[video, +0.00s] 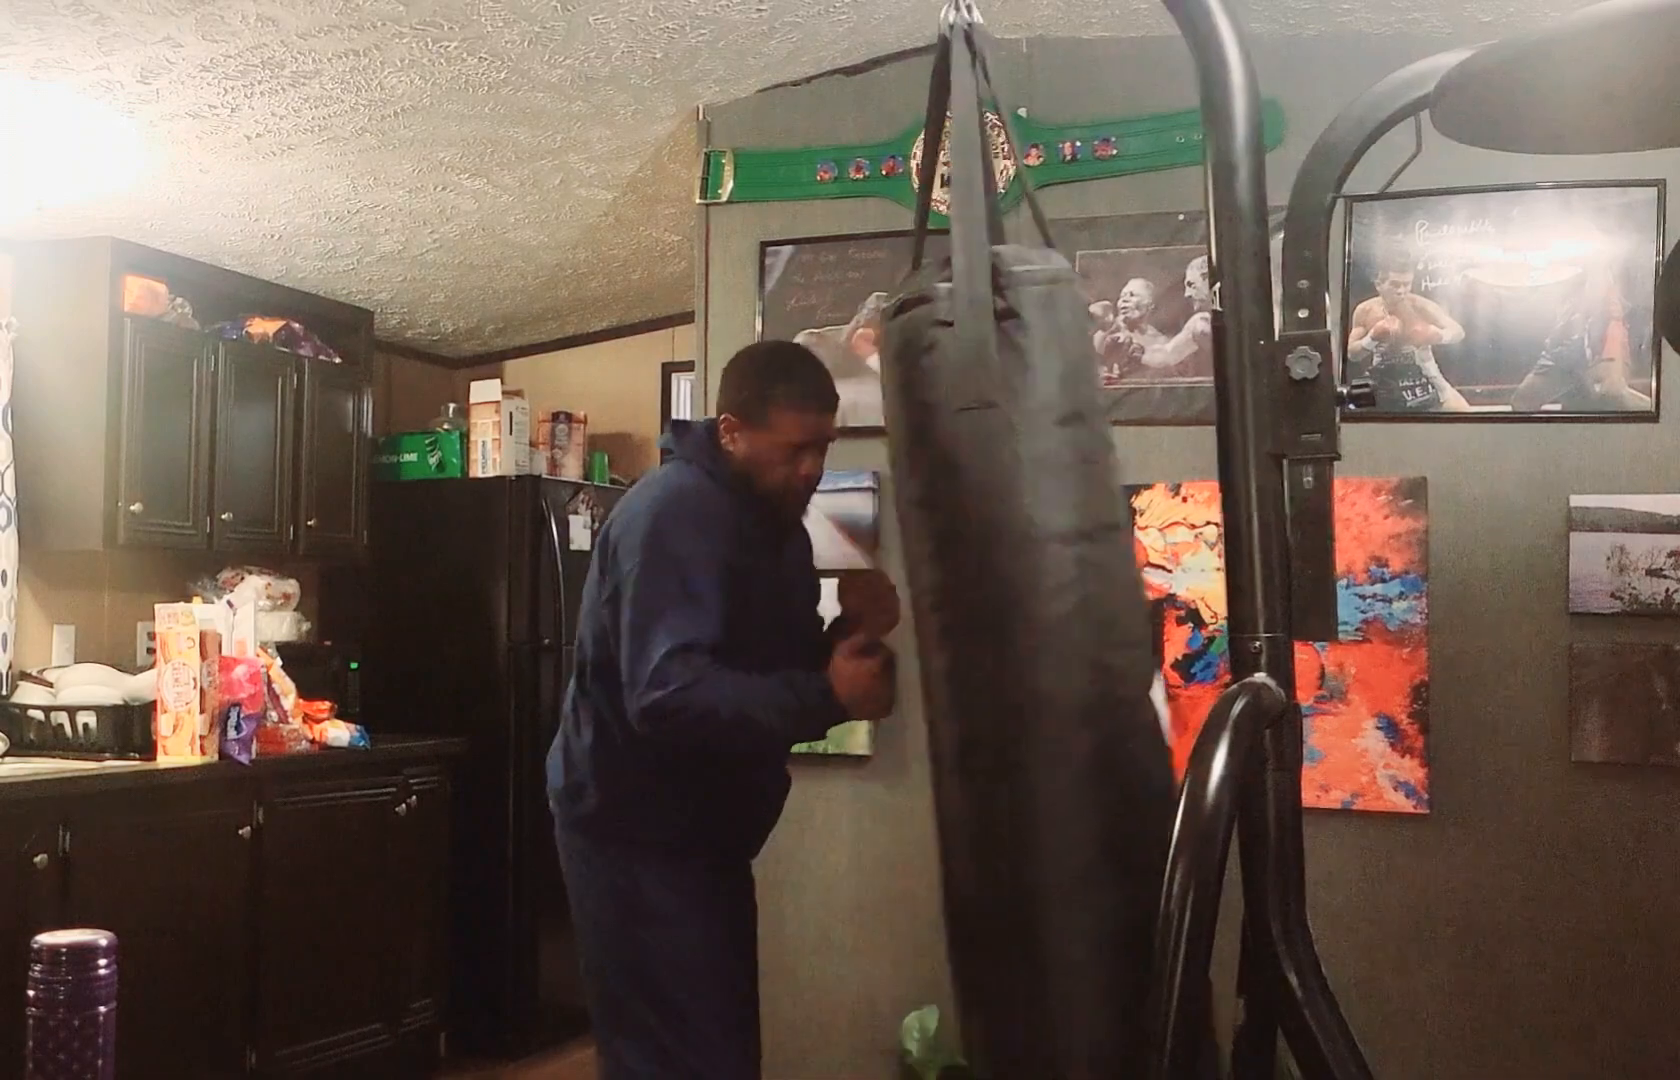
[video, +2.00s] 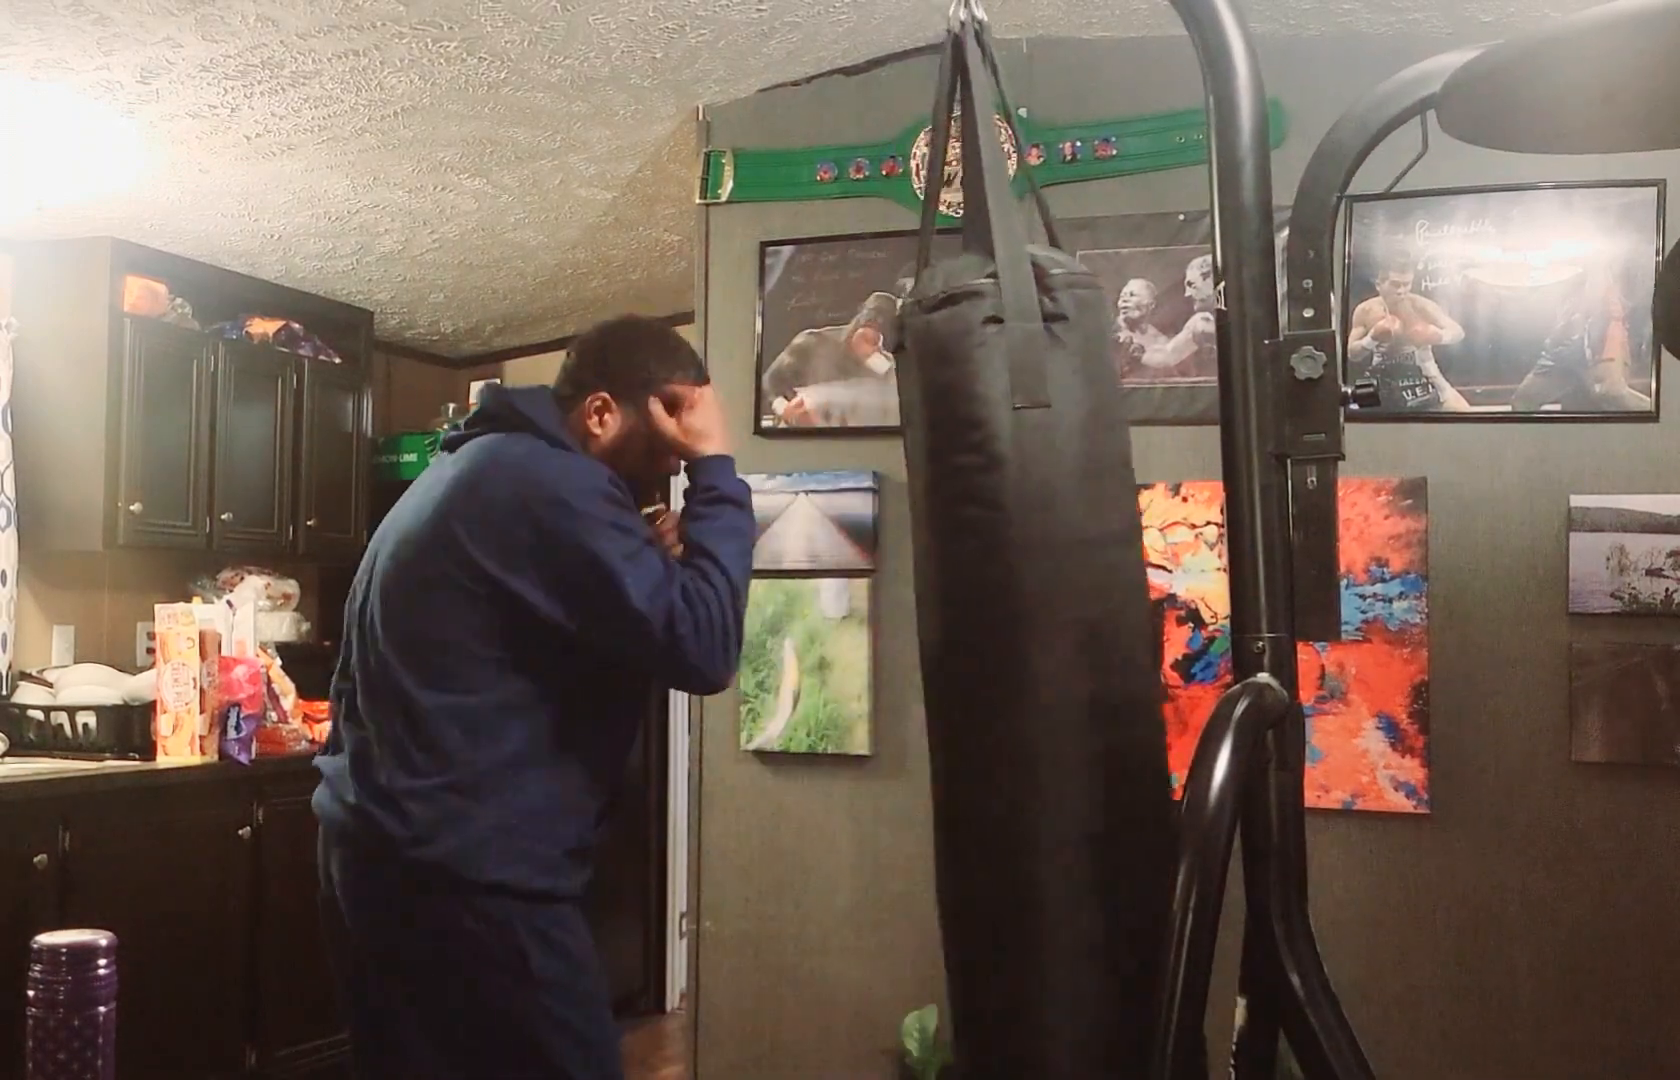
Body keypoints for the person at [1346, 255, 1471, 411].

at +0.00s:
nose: (1401, 291)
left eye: (1406, 285)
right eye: (1395, 285)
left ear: (1412, 283)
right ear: (1379, 284)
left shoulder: (1421, 305)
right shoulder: (1364, 311)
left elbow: (1458, 332)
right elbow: (1352, 355)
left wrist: (1436, 335)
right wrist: (1373, 338)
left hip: (1429, 385)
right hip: (1385, 389)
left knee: (1468, 419)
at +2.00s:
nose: (1402, 291)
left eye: (1406, 285)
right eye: (1395, 285)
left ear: (1411, 283)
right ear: (1379, 284)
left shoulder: (1421, 305)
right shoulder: (1365, 311)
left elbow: (1457, 332)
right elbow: (1353, 355)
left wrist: (1434, 336)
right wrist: (1373, 338)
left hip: (1428, 382)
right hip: (1385, 386)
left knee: (1468, 418)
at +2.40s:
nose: (1401, 291)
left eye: (1406, 285)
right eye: (1395, 285)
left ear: (1411, 284)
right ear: (1379, 284)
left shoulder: (1421, 305)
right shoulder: (1365, 311)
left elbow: (1457, 332)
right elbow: (1351, 352)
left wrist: (1435, 336)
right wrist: (1373, 337)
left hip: (1427, 380)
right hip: (1383, 383)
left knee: (1466, 417)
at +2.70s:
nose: (1401, 291)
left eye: (1406, 285)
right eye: (1395, 285)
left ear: (1411, 283)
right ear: (1378, 284)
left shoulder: (1420, 305)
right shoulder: (1364, 311)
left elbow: (1457, 332)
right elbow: (1352, 355)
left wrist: (1434, 336)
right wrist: (1373, 338)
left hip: (1426, 382)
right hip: (1383, 385)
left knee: (1467, 419)